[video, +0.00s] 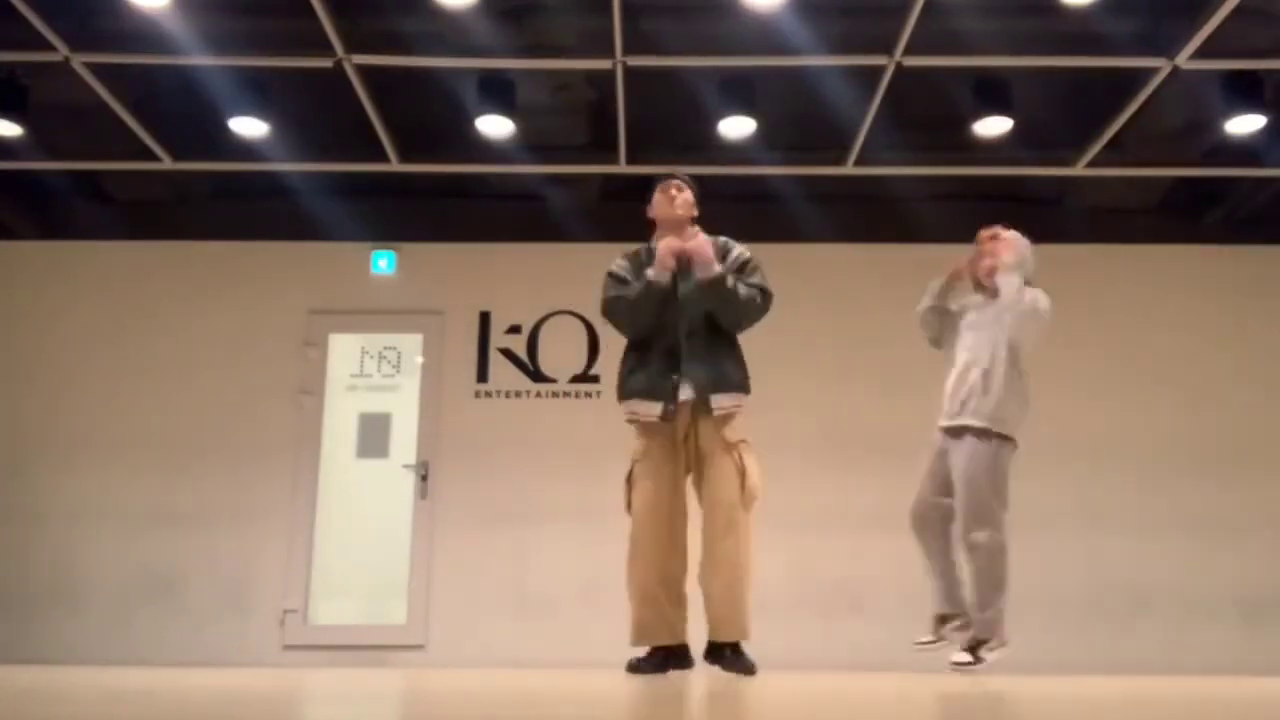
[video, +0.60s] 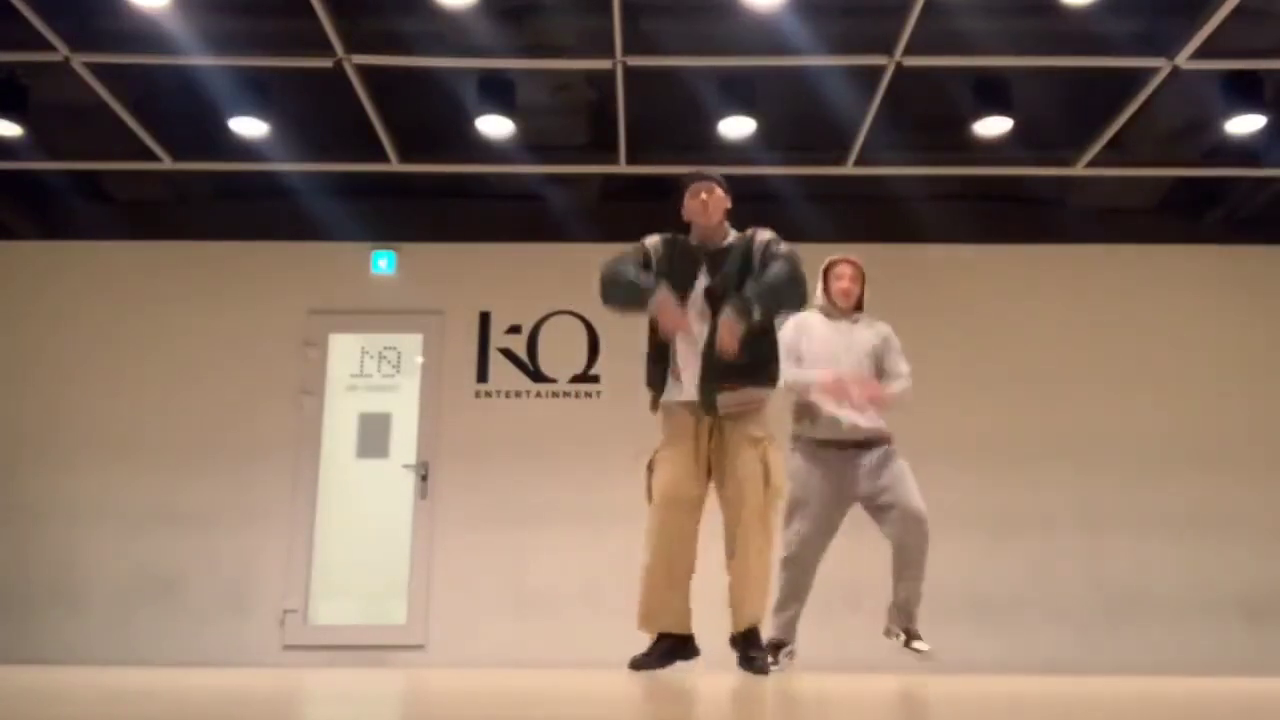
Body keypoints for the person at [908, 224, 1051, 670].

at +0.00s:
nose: (985, 246)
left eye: (997, 239)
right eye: (982, 241)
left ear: (1020, 255)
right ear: (977, 257)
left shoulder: (1031, 302)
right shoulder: (972, 304)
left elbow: (1026, 327)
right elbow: (932, 328)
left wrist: (1004, 277)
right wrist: (949, 282)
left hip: (987, 431)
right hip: (952, 429)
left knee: (981, 532)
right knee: (927, 517)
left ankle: (987, 632)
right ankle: (950, 611)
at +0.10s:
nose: (952, 277)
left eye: (961, 270)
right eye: (946, 270)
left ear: (975, 280)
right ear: (936, 278)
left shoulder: (981, 320)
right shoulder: (918, 315)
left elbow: (1001, 283)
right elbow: (876, 309)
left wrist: (985, 253)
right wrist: (917, 274)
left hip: (961, 441)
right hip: (918, 441)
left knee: (947, 546)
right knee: (890, 540)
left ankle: (942, 649)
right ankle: (880, 631)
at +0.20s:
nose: (921, 279)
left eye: (930, 273)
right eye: (914, 273)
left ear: (944, 283)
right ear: (904, 283)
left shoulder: (956, 324)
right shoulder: (883, 321)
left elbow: (985, 295)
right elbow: (842, 325)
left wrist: (951, 265)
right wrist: (882, 279)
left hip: (937, 447)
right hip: (889, 447)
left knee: (936, 551)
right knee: (859, 546)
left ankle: (941, 650)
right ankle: (830, 635)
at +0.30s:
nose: (889, 278)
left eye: (896, 272)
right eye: (882, 272)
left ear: (909, 281)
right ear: (871, 282)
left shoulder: (928, 320)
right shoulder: (860, 322)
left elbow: (961, 343)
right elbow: (821, 355)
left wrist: (931, 291)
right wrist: (847, 303)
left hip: (916, 449)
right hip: (861, 446)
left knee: (928, 544)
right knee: (831, 543)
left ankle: (931, 641)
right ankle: (804, 633)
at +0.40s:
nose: (861, 295)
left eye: (869, 289)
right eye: (853, 288)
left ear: (880, 299)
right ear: (839, 297)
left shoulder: (900, 345)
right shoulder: (822, 341)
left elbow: (921, 399)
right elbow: (799, 392)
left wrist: (893, 380)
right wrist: (836, 378)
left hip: (891, 466)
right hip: (834, 463)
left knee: (923, 538)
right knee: (804, 553)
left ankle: (917, 638)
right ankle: (778, 644)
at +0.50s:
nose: (847, 304)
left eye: (853, 298)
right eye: (839, 297)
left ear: (862, 307)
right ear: (826, 304)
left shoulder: (879, 354)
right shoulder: (801, 351)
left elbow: (891, 412)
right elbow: (784, 409)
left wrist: (875, 451)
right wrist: (827, 442)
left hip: (873, 477)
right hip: (818, 477)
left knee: (913, 538)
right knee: (787, 561)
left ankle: (910, 640)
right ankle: (775, 646)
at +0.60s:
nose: (846, 284)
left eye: (854, 279)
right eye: (838, 277)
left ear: (862, 289)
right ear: (824, 286)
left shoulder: (879, 332)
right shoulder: (798, 325)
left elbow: (903, 383)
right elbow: (784, 376)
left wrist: (874, 392)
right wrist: (827, 382)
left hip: (874, 453)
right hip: (817, 453)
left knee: (912, 520)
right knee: (800, 547)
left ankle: (903, 621)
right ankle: (780, 640)